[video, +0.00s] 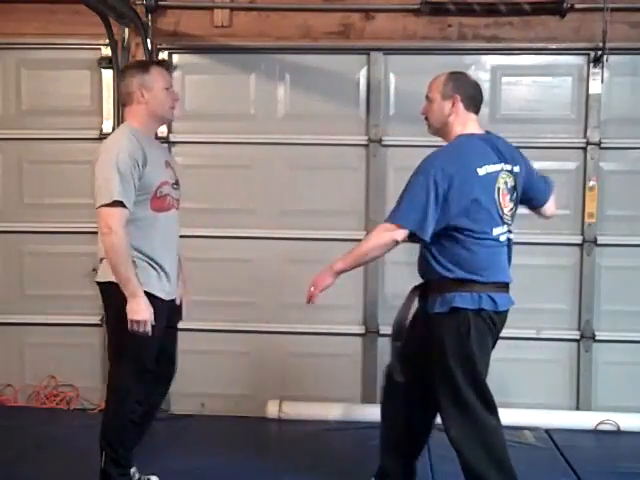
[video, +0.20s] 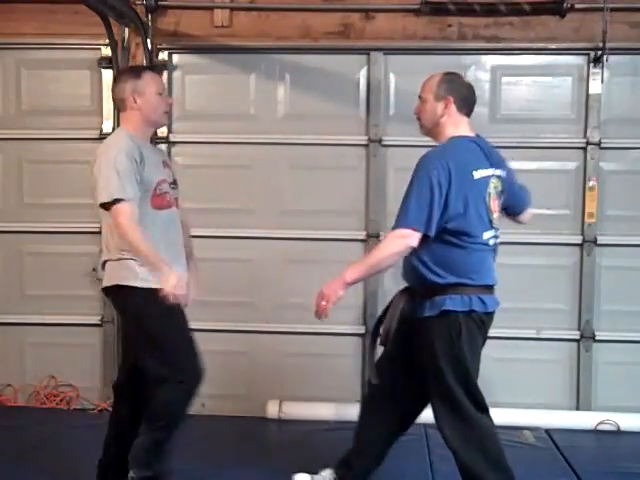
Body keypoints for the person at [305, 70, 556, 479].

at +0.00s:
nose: (423, 110)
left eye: (429, 101)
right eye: (425, 100)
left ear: (455, 105)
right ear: (463, 108)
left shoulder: (441, 164)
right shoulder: (505, 153)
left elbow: (394, 231)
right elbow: (548, 206)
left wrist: (335, 269)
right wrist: (514, 180)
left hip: (456, 304)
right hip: (488, 301)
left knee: (467, 414)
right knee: (405, 393)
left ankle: (497, 478)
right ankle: (392, 475)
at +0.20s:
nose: (416, 109)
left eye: (422, 100)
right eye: (418, 100)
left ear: (447, 106)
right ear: (456, 107)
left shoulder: (437, 161)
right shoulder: (488, 155)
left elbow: (407, 236)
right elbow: (522, 210)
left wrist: (342, 281)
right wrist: (483, 190)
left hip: (448, 304)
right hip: (472, 301)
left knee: (460, 414)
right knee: (392, 395)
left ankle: (496, 478)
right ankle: (346, 473)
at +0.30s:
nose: (404, 109)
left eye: (410, 101)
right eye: (406, 100)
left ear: (435, 108)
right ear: (442, 110)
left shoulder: (435, 163)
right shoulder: (466, 156)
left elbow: (409, 245)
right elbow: (482, 216)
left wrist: (343, 286)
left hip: (440, 307)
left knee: (455, 416)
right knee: (375, 404)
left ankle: (494, 476)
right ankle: (339, 474)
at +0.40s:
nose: (390, 109)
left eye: (396, 101)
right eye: (392, 101)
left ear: (419, 108)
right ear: (425, 109)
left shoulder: (431, 166)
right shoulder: (432, 158)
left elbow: (411, 251)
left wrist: (347, 289)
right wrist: (382, 167)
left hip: (427, 309)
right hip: (395, 307)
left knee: (449, 416)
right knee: (354, 403)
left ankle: (491, 477)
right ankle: (335, 473)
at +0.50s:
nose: (376, 106)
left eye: (382, 99)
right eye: (378, 98)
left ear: (405, 107)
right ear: (406, 108)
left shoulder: (427, 168)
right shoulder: (386, 156)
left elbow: (414, 251)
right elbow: (352, 169)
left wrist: (356, 289)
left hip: (421, 309)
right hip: (378, 307)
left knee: (442, 414)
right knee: (343, 404)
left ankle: (487, 477)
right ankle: (336, 475)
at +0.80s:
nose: (349, 104)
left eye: (359, 98)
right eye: (351, 96)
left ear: (389, 108)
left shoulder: (411, 163)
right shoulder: (347, 156)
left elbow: (414, 246)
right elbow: (330, 203)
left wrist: (363, 295)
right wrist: (301, 230)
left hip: (418, 303)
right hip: (368, 305)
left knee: (439, 416)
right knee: (343, 409)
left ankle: (473, 478)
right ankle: (338, 475)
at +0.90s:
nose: (369, 106)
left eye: (380, 100)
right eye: (368, 97)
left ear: (408, 112)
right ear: (365, 101)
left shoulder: (423, 165)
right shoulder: (354, 155)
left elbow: (416, 244)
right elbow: (335, 214)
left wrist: (364, 291)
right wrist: (306, 243)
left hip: (424, 303)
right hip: (373, 304)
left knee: (444, 416)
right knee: (347, 410)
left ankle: (472, 478)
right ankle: (340, 475)